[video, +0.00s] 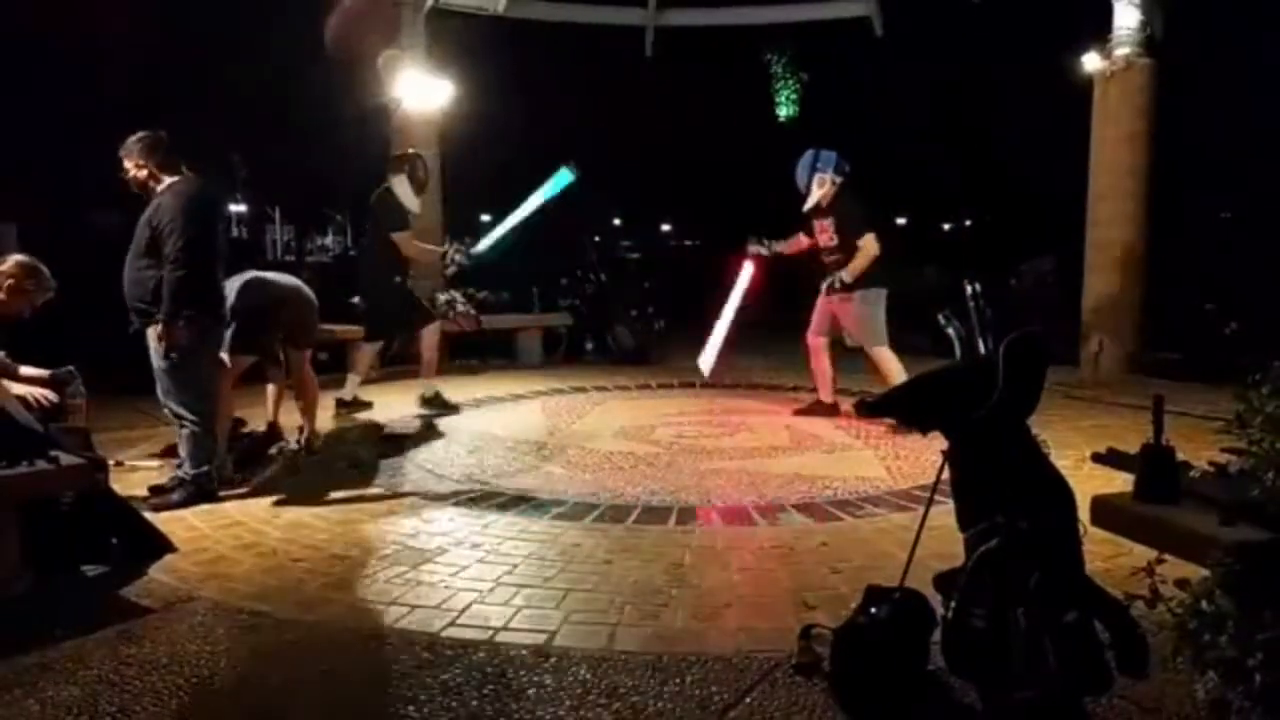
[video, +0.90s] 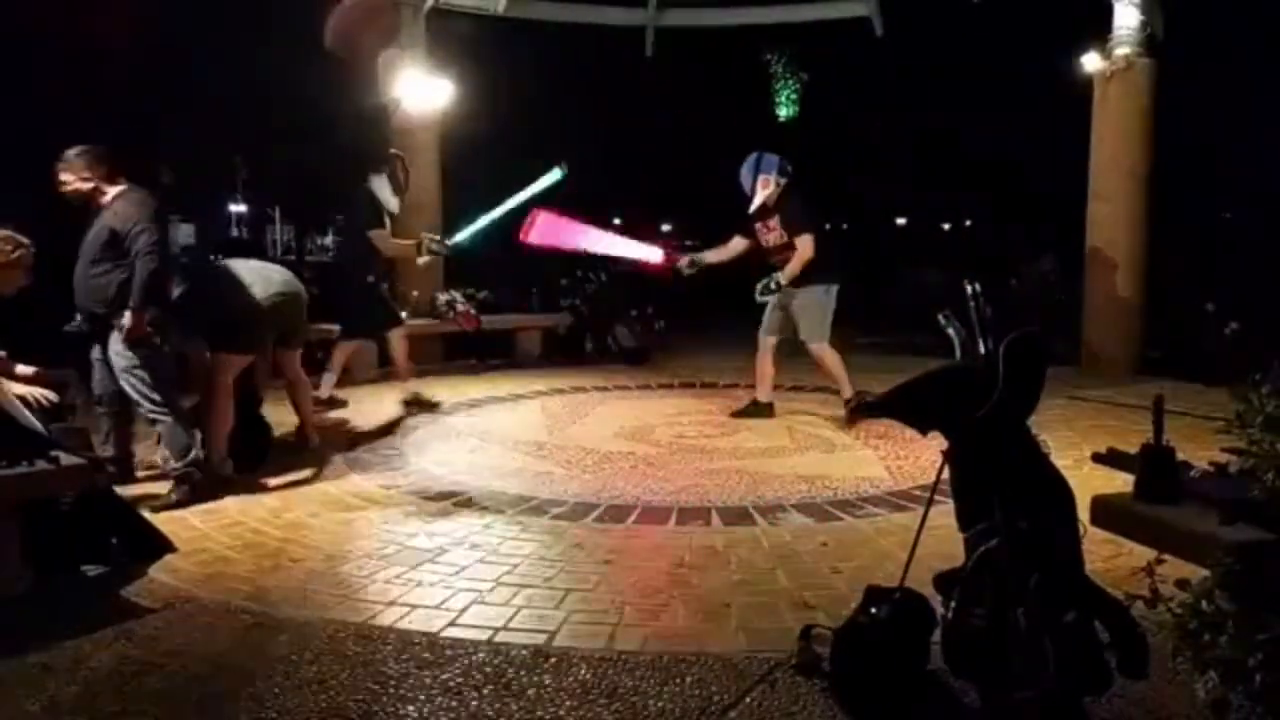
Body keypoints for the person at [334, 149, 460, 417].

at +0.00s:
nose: (425, 180)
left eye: (424, 174)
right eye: (421, 173)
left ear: (399, 173)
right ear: (408, 173)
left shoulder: (391, 199)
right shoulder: (388, 201)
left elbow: (408, 245)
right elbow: (407, 247)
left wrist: (441, 252)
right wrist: (443, 253)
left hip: (379, 282)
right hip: (386, 284)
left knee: (373, 337)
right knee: (430, 324)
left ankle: (348, 394)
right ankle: (429, 391)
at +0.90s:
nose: (393, 185)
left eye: (390, 179)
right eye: (387, 178)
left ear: (371, 177)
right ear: (376, 177)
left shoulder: (370, 199)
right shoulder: (366, 199)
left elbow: (385, 241)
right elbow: (384, 245)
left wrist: (417, 245)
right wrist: (419, 246)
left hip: (353, 276)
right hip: (363, 278)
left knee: (351, 335)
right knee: (396, 327)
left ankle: (324, 390)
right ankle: (405, 384)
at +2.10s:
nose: (450, 176)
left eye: (449, 170)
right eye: (447, 170)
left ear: (421, 170)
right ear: (436, 171)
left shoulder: (411, 196)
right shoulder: (420, 200)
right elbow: (448, 247)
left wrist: (483, 252)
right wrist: (487, 254)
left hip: (401, 279)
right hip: (415, 281)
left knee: (408, 332)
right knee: (449, 329)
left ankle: (375, 388)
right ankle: (439, 396)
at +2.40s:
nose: (448, 173)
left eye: (447, 166)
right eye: (444, 166)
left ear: (420, 166)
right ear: (431, 167)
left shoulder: (411, 192)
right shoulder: (419, 196)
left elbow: (433, 235)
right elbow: (427, 242)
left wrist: (447, 260)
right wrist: (457, 266)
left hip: (405, 274)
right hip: (417, 276)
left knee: (408, 330)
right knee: (444, 330)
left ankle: (392, 390)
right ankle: (438, 395)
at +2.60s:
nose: (450, 174)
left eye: (449, 167)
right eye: (446, 167)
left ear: (422, 167)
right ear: (435, 168)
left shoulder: (415, 193)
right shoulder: (420, 197)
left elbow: (425, 244)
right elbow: (422, 246)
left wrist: (449, 265)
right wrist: (452, 267)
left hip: (402, 273)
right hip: (415, 274)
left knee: (406, 329)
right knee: (458, 320)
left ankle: (391, 390)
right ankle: (452, 386)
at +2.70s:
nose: (454, 172)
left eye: (453, 165)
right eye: (450, 165)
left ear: (426, 166)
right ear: (439, 167)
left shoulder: (418, 192)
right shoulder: (424, 196)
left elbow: (428, 243)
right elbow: (426, 246)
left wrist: (452, 261)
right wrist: (455, 263)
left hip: (404, 273)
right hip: (418, 273)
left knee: (407, 329)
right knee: (457, 322)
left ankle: (391, 390)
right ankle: (467, 387)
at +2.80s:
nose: (462, 174)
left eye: (460, 167)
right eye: (458, 168)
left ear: (435, 169)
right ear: (447, 169)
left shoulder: (428, 196)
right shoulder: (430, 199)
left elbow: (438, 246)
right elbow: (434, 248)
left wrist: (464, 262)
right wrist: (465, 263)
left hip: (412, 277)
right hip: (425, 278)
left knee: (412, 330)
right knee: (459, 325)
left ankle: (392, 390)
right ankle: (471, 389)